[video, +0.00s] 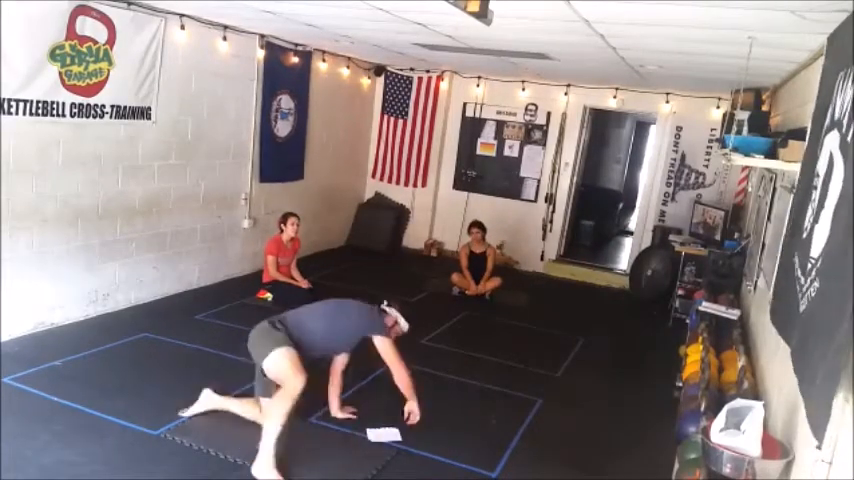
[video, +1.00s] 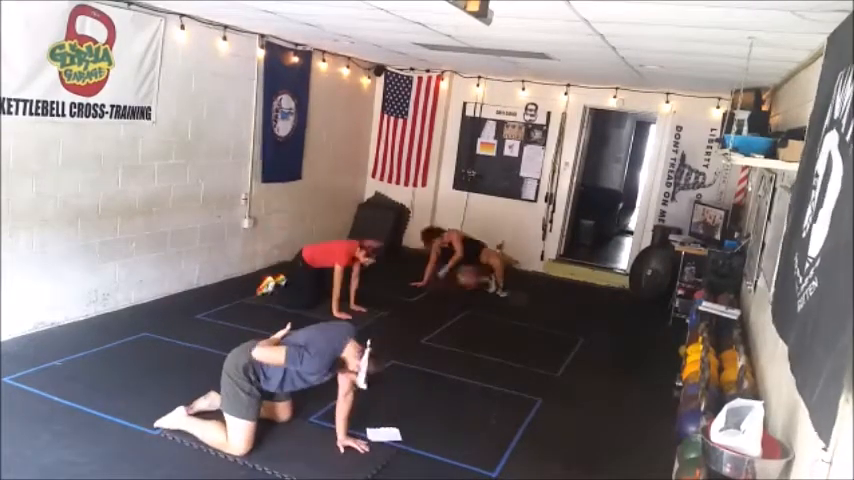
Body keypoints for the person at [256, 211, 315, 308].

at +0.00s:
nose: (296, 228)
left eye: (297, 225)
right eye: (292, 224)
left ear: (299, 226)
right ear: (283, 226)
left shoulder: (295, 242)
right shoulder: (273, 243)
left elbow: (293, 267)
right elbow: (272, 273)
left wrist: (302, 281)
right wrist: (297, 284)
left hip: (288, 280)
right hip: (272, 282)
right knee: (302, 296)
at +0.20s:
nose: (296, 228)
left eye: (297, 225)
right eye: (292, 225)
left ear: (299, 226)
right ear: (283, 226)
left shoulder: (295, 242)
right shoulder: (274, 243)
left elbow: (293, 267)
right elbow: (272, 273)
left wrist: (302, 281)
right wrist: (298, 284)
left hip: (287, 280)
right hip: (272, 282)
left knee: (312, 294)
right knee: (304, 299)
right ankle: (271, 297)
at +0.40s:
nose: (296, 228)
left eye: (297, 225)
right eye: (292, 225)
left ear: (299, 226)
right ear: (283, 226)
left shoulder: (295, 242)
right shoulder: (273, 243)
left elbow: (293, 267)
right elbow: (272, 273)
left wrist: (302, 281)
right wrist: (298, 283)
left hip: (287, 280)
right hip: (272, 282)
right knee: (304, 297)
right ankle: (272, 297)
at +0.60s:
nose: (296, 228)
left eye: (298, 225)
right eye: (293, 225)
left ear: (299, 226)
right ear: (283, 226)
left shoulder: (295, 242)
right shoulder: (273, 243)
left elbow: (292, 267)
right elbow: (272, 273)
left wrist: (302, 281)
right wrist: (298, 283)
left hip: (287, 280)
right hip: (272, 282)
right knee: (302, 298)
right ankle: (270, 297)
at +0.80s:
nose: (337, 245)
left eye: (338, 241)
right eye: (334, 241)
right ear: (325, 239)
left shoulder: (327, 252)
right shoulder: (312, 251)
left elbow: (326, 274)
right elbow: (306, 281)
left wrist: (339, 294)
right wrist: (325, 301)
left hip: (295, 274)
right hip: (282, 274)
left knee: (311, 301)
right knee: (303, 302)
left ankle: (280, 292)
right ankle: (275, 296)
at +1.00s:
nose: (368, 264)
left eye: (371, 262)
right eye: (369, 260)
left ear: (366, 253)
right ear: (363, 253)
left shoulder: (359, 252)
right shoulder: (344, 255)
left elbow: (354, 279)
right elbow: (337, 285)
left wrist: (352, 304)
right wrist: (335, 312)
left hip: (318, 263)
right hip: (304, 262)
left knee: (320, 296)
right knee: (307, 300)